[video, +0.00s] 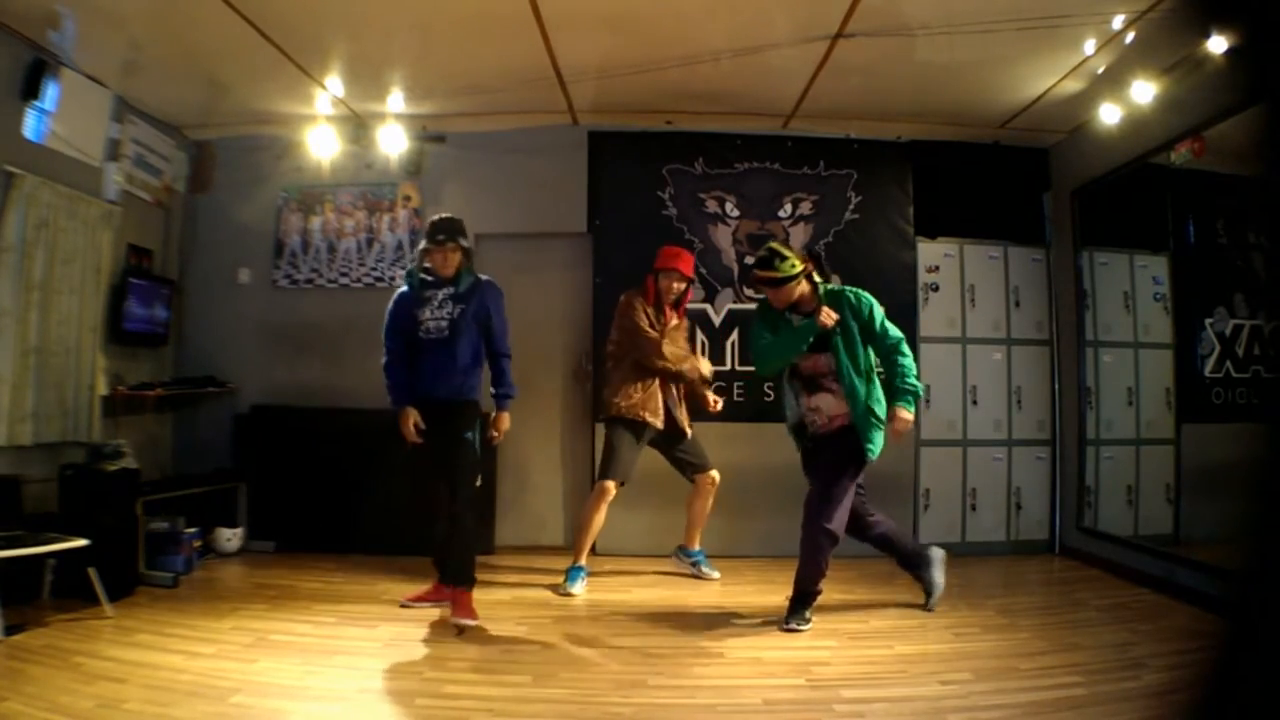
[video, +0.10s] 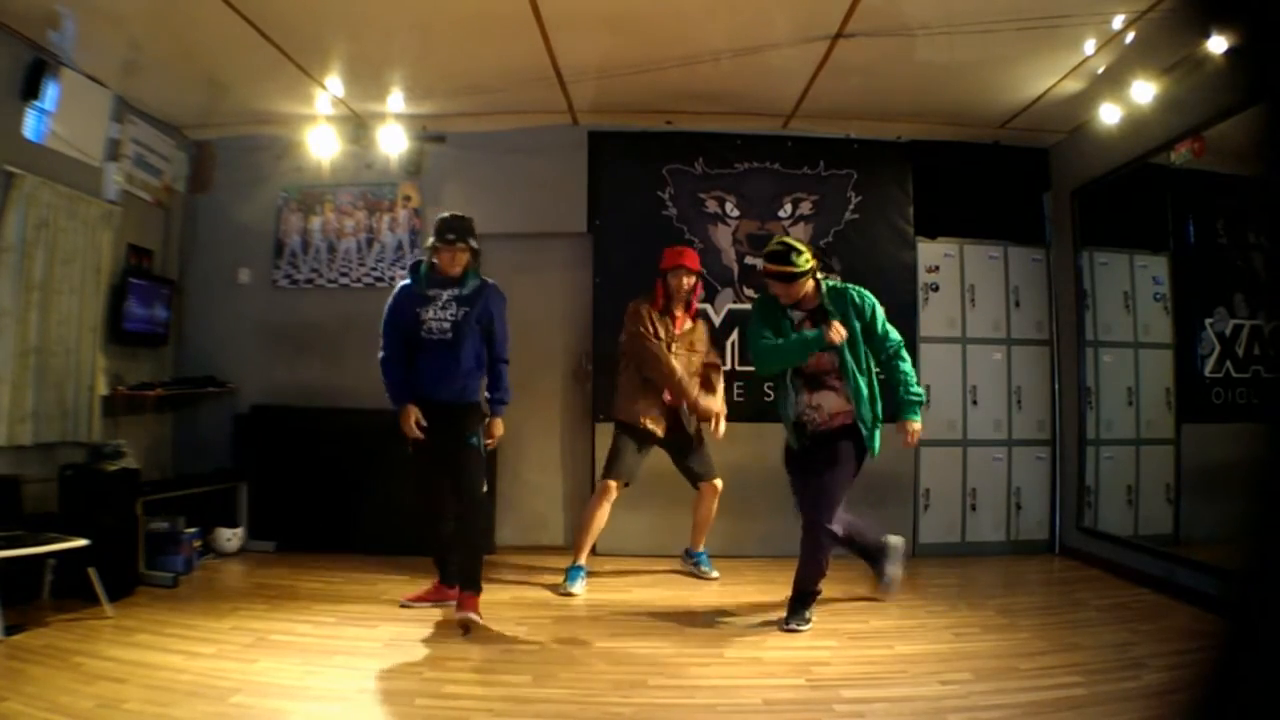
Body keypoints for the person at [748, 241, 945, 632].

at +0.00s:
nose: (768, 295)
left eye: (774, 286)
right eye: (764, 287)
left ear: (800, 276)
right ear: (763, 285)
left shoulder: (852, 303)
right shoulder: (769, 317)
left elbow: (895, 346)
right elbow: (762, 361)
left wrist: (904, 399)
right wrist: (810, 327)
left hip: (854, 429)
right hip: (810, 437)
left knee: (820, 517)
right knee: (856, 518)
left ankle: (801, 603)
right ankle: (924, 561)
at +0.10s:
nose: (773, 288)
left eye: (780, 281)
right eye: (770, 280)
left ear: (804, 276)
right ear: (769, 278)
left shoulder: (853, 301)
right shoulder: (768, 310)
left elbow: (893, 351)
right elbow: (761, 357)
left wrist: (910, 409)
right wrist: (818, 338)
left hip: (848, 428)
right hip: (801, 433)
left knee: (821, 514)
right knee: (816, 516)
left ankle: (802, 601)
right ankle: (879, 549)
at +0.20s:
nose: (783, 283)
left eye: (791, 277)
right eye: (780, 275)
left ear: (815, 275)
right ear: (777, 273)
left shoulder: (860, 302)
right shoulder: (770, 308)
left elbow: (890, 356)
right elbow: (763, 360)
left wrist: (909, 413)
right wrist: (821, 367)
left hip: (841, 435)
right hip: (793, 435)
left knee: (822, 525)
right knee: (781, 515)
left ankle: (801, 603)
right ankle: (823, 540)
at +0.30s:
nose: (805, 280)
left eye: (815, 272)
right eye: (798, 271)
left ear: (831, 271)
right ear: (787, 269)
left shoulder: (864, 305)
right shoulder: (773, 308)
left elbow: (888, 362)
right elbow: (767, 372)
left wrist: (904, 418)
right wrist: (806, 414)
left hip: (844, 439)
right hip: (788, 434)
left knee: (826, 527)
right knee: (753, 511)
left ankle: (800, 602)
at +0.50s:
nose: (830, 276)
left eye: (839, 268)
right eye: (822, 267)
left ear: (851, 271)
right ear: (808, 267)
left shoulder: (870, 312)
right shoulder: (785, 307)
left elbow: (883, 374)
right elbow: (760, 373)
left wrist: (887, 428)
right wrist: (738, 434)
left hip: (846, 441)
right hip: (791, 437)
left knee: (837, 532)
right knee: (741, 513)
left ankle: (800, 599)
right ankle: (676, 572)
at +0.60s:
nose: (836, 272)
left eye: (844, 264)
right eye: (828, 263)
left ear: (856, 267)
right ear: (814, 263)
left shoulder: (872, 311)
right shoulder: (787, 304)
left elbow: (882, 373)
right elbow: (754, 368)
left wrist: (886, 428)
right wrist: (726, 429)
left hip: (847, 436)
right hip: (792, 432)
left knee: (839, 527)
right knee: (760, 514)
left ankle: (800, 600)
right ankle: (719, 597)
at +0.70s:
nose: (839, 264)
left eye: (847, 256)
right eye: (831, 255)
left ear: (859, 261)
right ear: (818, 258)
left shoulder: (875, 308)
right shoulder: (789, 298)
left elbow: (886, 370)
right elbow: (757, 359)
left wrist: (892, 422)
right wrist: (733, 419)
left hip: (850, 429)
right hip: (797, 426)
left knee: (838, 519)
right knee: (799, 510)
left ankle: (806, 591)